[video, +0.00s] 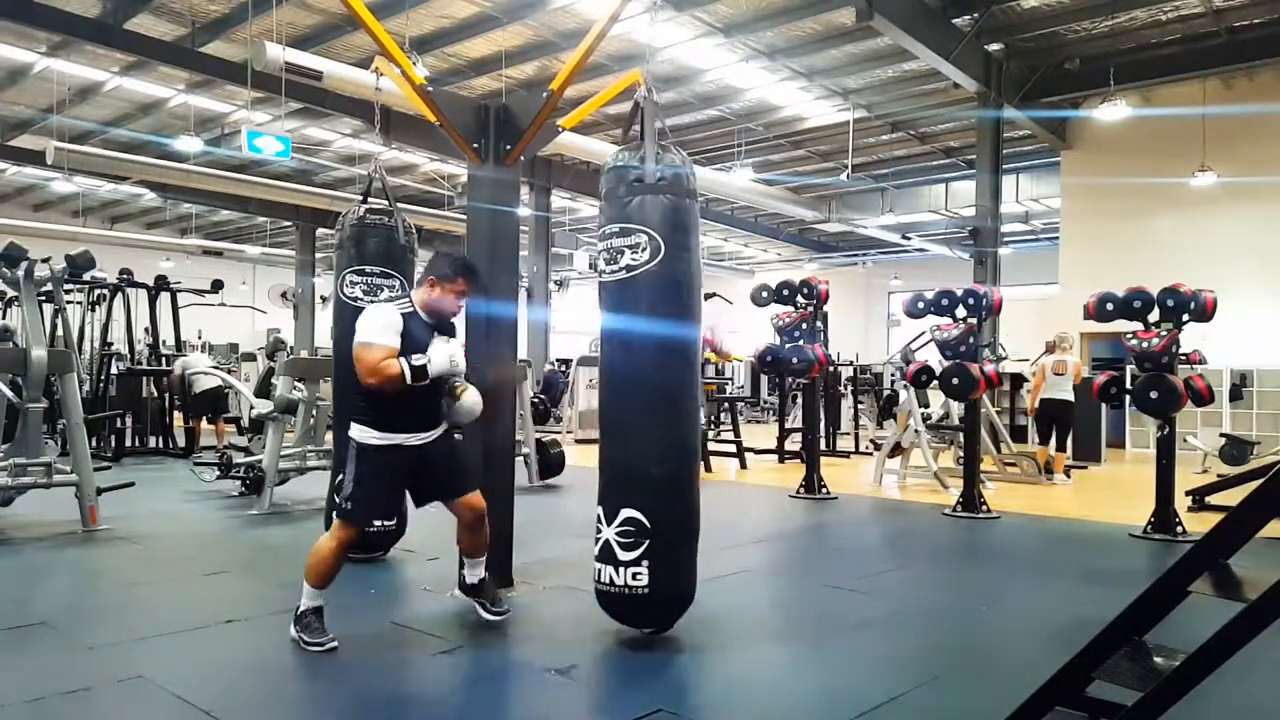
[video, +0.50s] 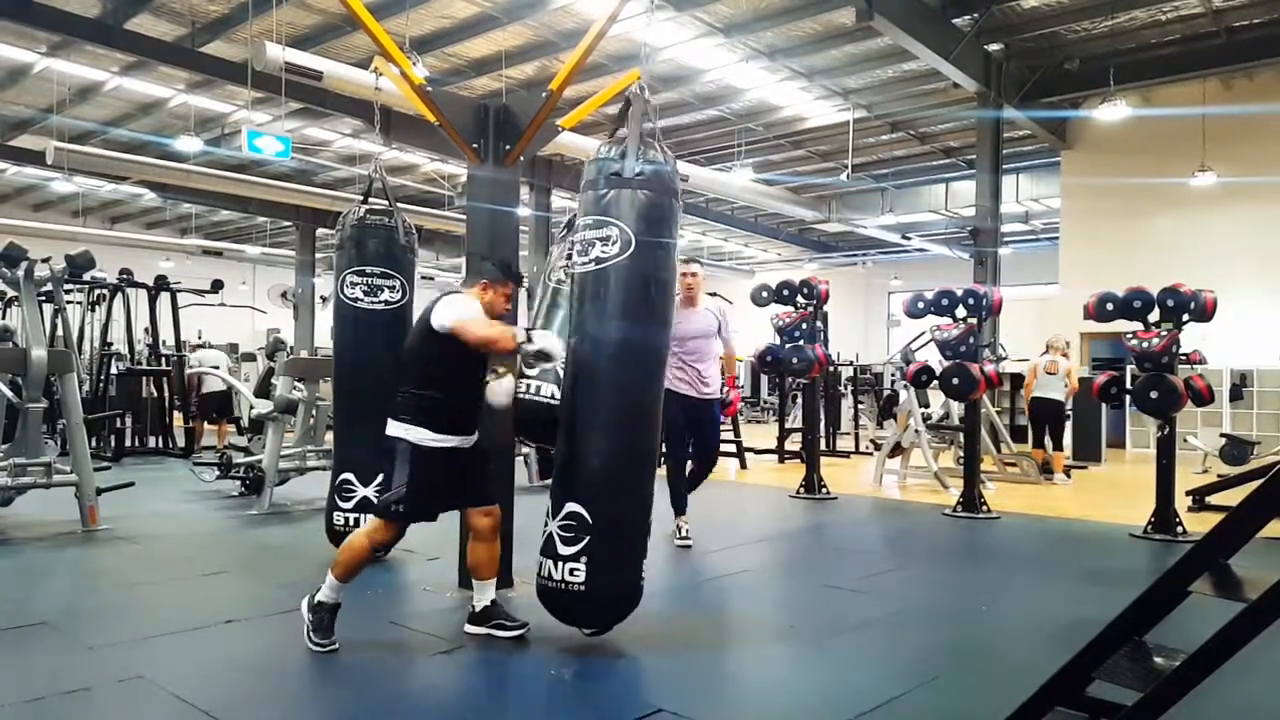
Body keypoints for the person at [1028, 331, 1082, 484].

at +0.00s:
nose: (1071, 348)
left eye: (1054, 343)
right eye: (1071, 346)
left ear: (1055, 344)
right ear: (1071, 346)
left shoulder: (1045, 361)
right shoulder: (1075, 363)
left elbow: (1037, 384)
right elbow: (1077, 380)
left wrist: (1031, 404)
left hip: (1046, 400)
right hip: (1066, 401)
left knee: (1043, 440)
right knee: (1061, 442)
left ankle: (1039, 470)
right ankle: (1059, 473)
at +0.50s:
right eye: (1064, 349)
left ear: (1047, 347)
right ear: (1063, 349)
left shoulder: (1036, 362)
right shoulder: (1067, 364)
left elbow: (1028, 383)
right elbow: (1074, 385)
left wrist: (1027, 402)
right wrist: (1066, 397)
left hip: (1037, 400)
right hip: (1056, 401)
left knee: (1037, 438)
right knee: (1057, 440)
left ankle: (1035, 471)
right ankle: (1058, 473)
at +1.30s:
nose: (1055, 363)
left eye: (1056, 361)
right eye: (1057, 361)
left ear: (1058, 363)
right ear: (1070, 363)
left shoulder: (1052, 377)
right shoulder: (1078, 378)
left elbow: (1048, 392)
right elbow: (1085, 394)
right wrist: (1080, 407)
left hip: (1053, 400)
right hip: (1072, 401)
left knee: (1045, 439)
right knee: (1073, 440)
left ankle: (1039, 471)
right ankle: (1075, 473)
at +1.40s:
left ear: (1057, 377)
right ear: (1071, 378)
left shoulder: (1051, 381)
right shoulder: (1078, 384)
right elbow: (1089, 397)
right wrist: (1084, 409)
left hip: (1057, 401)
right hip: (1076, 403)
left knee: (1049, 438)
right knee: (1075, 440)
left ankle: (1038, 469)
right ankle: (1076, 473)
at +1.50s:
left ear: (1058, 386)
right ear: (1071, 385)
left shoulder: (1055, 390)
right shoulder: (1079, 389)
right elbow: (1090, 398)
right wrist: (1085, 412)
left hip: (1059, 403)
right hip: (1079, 404)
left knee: (1049, 439)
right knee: (1076, 441)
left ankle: (1039, 470)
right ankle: (1075, 473)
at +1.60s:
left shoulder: (1058, 395)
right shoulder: (1084, 396)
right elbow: (1091, 400)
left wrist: (1050, 453)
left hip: (1061, 405)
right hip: (1080, 406)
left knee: (1049, 437)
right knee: (1077, 441)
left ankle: (1038, 470)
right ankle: (1075, 473)